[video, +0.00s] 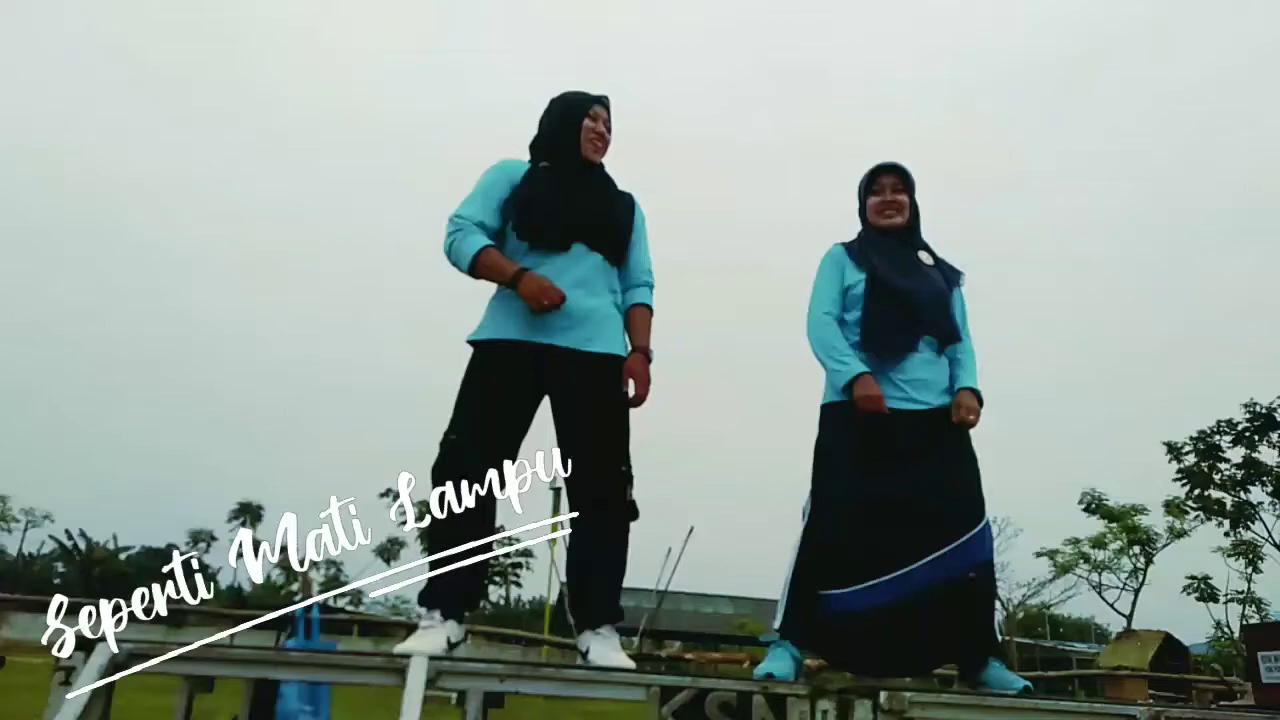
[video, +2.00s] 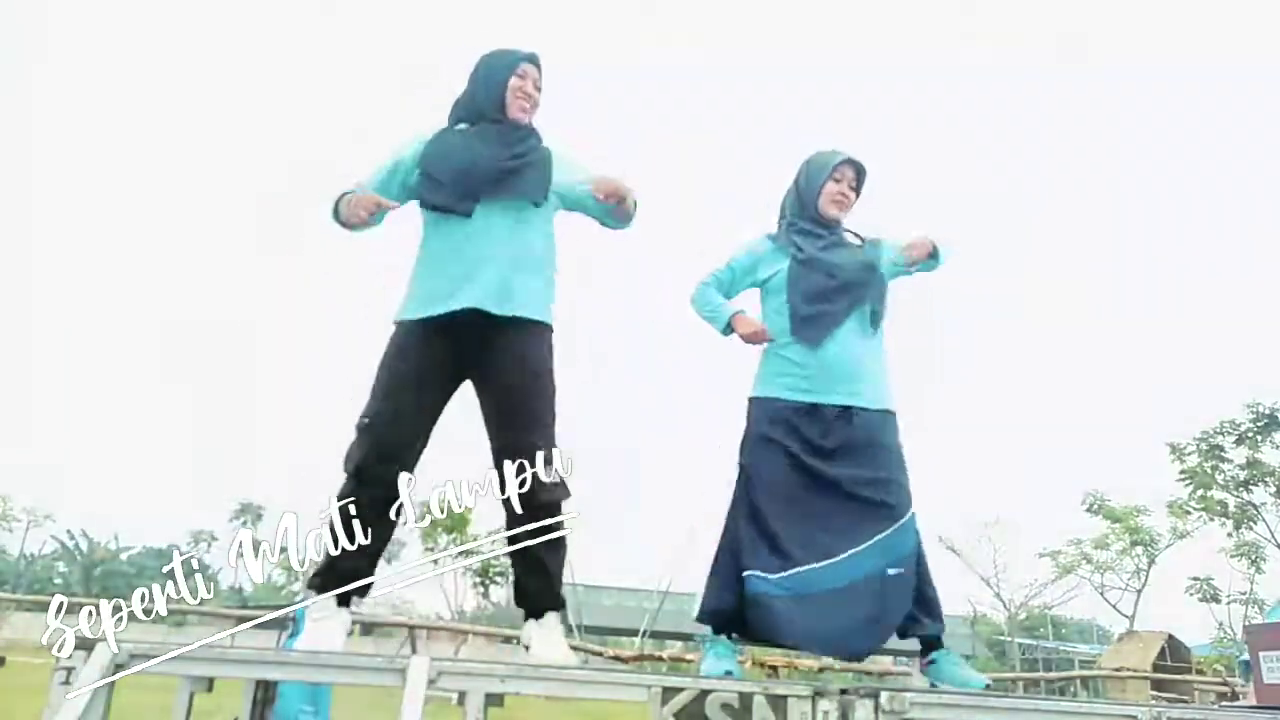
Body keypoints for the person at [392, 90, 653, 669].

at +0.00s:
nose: (601, 129)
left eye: (606, 124)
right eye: (591, 119)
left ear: (608, 139)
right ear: (560, 123)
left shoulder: (624, 205)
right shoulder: (511, 176)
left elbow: (638, 283)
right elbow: (460, 237)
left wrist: (640, 349)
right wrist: (519, 277)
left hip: (595, 355)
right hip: (510, 344)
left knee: (603, 491)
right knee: (465, 474)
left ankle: (598, 628)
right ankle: (443, 614)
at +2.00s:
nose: (531, 91)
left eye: (536, 87)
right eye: (521, 80)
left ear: (538, 101)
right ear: (488, 82)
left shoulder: (548, 159)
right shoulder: (437, 145)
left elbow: (616, 217)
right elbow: (356, 199)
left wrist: (621, 200)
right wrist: (351, 208)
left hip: (519, 324)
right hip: (432, 318)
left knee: (532, 470)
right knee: (378, 455)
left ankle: (543, 616)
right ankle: (332, 600)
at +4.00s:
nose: (544, 135)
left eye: (556, 125)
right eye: (538, 125)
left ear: (581, 127)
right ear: (529, 130)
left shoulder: (617, 194)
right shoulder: (510, 180)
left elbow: (644, 270)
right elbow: (505, 171)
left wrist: (619, 311)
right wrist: (532, 136)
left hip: (565, 352)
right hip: (485, 341)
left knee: (551, 486)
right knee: (439, 470)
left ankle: (536, 629)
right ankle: (465, 615)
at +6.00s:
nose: (675, 126)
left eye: (684, 119)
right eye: (663, 117)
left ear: (694, 133)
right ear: (639, 128)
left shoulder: (720, 202)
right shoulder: (604, 197)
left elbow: (772, 264)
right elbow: (545, 260)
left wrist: (826, 321)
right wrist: (472, 283)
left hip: (703, 369)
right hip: (615, 363)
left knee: (720, 507)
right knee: (555, 486)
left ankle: (715, 644)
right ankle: (502, 617)